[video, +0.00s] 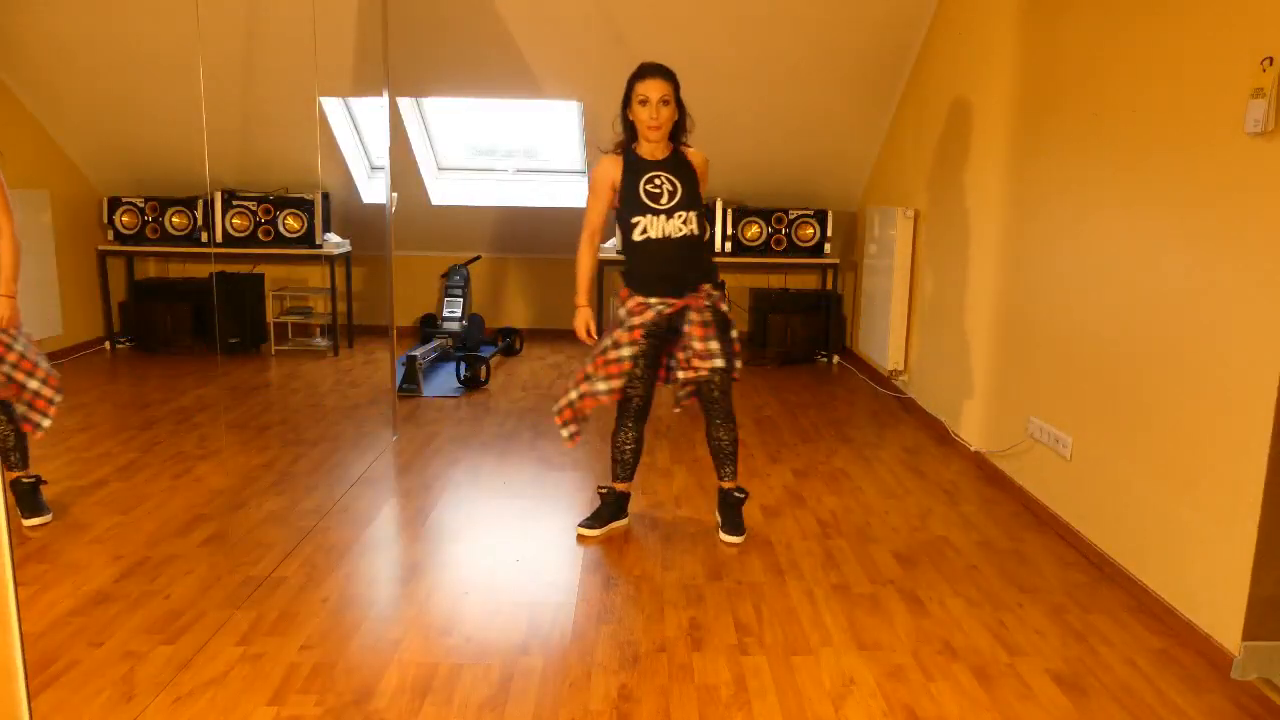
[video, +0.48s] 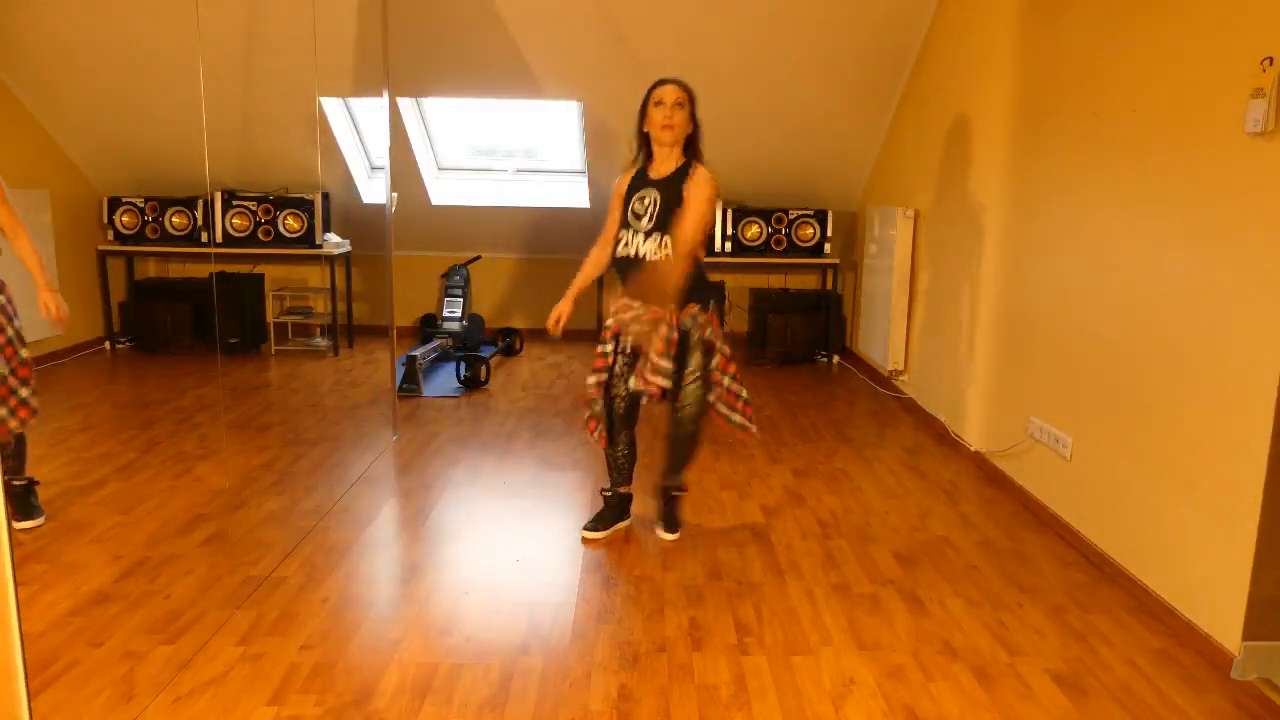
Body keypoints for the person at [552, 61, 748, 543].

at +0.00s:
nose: (654, 111)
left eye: (664, 102)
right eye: (643, 102)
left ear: (677, 109)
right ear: (629, 110)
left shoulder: (694, 162)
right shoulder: (611, 168)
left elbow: (696, 224)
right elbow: (590, 238)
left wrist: (705, 275)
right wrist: (583, 303)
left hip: (697, 296)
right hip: (642, 299)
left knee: (717, 396)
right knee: (633, 399)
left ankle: (730, 496)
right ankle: (617, 498)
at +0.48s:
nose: (668, 113)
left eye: (678, 107)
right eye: (659, 105)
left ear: (691, 121)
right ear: (645, 118)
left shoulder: (699, 180)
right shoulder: (628, 181)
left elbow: (686, 247)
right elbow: (605, 245)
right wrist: (570, 297)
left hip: (686, 305)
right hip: (632, 301)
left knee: (688, 408)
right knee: (618, 401)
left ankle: (671, 492)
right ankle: (618, 499)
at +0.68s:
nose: (693, 86)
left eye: (704, 83)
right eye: (685, 81)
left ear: (718, 100)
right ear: (670, 98)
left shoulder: (720, 151)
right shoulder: (665, 162)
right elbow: (642, 231)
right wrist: (601, 276)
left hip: (707, 299)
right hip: (657, 299)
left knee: (743, 404)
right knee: (640, 399)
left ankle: (782, 498)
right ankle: (620, 496)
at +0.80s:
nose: (709, 114)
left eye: (718, 105)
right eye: (700, 106)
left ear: (734, 115)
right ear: (687, 117)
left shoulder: (741, 172)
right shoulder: (685, 177)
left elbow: (741, 87)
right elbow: (664, 251)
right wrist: (615, 286)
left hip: (732, 309)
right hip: (683, 310)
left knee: (760, 414)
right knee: (657, 401)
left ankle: (804, 506)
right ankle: (626, 501)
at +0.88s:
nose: (723, 124)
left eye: (733, 116)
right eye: (714, 116)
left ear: (749, 128)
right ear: (700, 128)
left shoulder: (759, 179)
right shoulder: (699, 195)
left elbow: (782, 101)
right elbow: (679, 261)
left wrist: (792, 26)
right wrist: (626, 293)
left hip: (761, 318)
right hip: (705, 319)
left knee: (777, 420)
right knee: (668, 411)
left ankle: (803, 511)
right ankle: (626, 502)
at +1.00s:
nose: (738, 133)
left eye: (747, 124)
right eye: (727, 125)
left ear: (762, 133)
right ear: (714, 136)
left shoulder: (783, 169)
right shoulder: (707, 203)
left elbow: (842, 122)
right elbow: (682, 262)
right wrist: (633, 300)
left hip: (803, 318)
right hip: (742, 320)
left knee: (814, 427)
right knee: (695, 409)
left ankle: (807, 508)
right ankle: (656, 482)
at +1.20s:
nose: (754, 138)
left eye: (763, 128)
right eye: (743, 130)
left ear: (776, 137)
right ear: (729, 142)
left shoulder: (796, 189)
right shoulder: (725, 206)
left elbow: (836, 219)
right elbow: (701, 276)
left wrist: (874, 240)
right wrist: (674, 338)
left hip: (819, 325)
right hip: (769, 336)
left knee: (832, 430)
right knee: (810, 436)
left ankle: (809, 510)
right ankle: (782, 499)